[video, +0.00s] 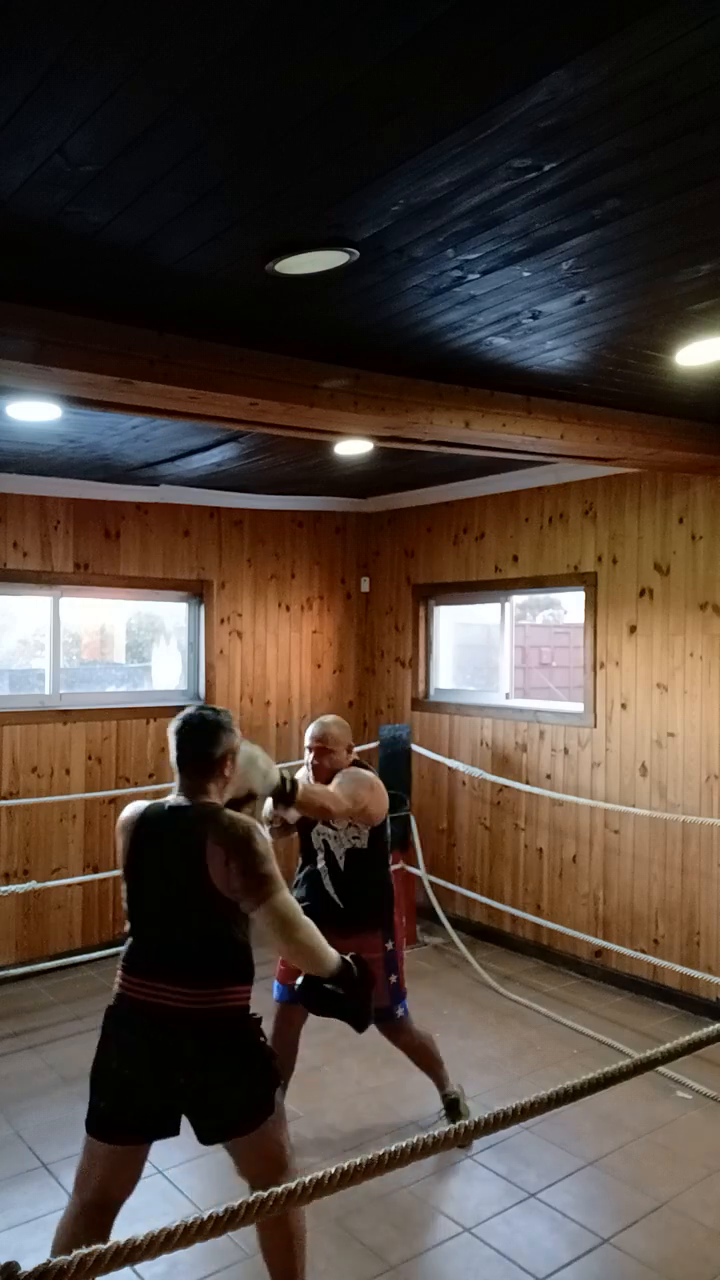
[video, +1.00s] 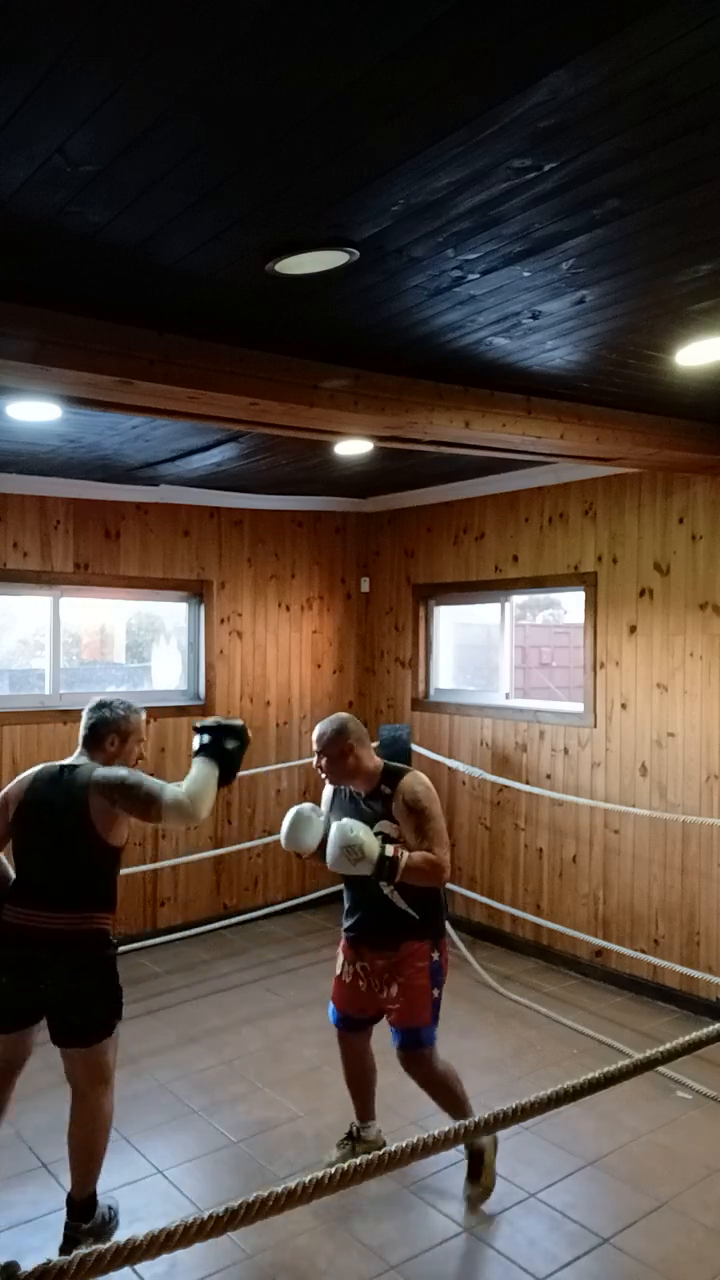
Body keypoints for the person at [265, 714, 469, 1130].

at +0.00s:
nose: (315, 758)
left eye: (325, 751)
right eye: (311, 749)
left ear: (348, 752)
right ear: (305, 748)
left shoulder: (365, 782)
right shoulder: (299, 782)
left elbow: (333, 803)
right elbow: (284, 868)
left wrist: (279, 785)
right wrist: (281, 821)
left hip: (367, 928)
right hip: (311, 927)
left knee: (395, 1027)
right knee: (285, 1021)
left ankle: (449, 1093)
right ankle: (271, 1113)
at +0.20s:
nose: (315, 763)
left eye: (326, 755)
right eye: (311, 753)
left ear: (351, 754)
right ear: (306, 751)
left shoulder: (380, 789)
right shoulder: (297, 785)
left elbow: (396, 865)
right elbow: (287, 840)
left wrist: (346, 864)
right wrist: (278, 834)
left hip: (380, 933)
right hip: (319, 931)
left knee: (420, 1033)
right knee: (291, 1031)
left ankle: (469, 1112)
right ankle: (270, 1126)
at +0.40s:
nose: (354, 781)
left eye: (363, 773)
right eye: (349, 772)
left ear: (390, 768)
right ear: (346, 767)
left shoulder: (428, 806)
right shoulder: (335, 797)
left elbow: (439, 885)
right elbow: (313, 845)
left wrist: (393, 874)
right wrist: (311, 859)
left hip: (414, 945)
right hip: (351, 942)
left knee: (448, 1044)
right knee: (312, 1034)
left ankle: (489, 1134)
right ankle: (273, 1129)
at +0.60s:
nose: (368, 769)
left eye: (376, 760)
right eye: (364, 759)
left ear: (404, 752)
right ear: (363, 756)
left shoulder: (445, 794)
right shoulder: (356, 783)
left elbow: (450, 874)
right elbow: (339, 848)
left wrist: (395, 845)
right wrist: (331, 846)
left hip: (429, 937)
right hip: (367, 929)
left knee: (457, 1039)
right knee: (336, 1022)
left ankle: (489, 1134)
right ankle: (335, 1125)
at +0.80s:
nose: (345, 766)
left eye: (351, 758)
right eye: (342, 758)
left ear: (381, 752)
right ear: (354, 757)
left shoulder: (427, 792)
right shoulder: (348, 786)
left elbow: (434, 870)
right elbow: (342, 850)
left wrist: (377, 841)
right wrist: (318, 842)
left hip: (424, 941)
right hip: (365, 935)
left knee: (451, 1045)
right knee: (346, 1032)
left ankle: (489, 1135)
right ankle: (366, 1132)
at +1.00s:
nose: (320, 768)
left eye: (325, 758)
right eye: (317, 759)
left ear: (354, 749)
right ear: (336, 755)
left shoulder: (412, 788)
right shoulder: (336, 791)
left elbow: (439, 868)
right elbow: (338, 856)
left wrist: (378, 853)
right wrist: (310, 839)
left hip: (415, 940)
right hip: (361, 935)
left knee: (415, 1055)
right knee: (349, 1030)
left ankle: (478, 1137)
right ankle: (366, 1132)